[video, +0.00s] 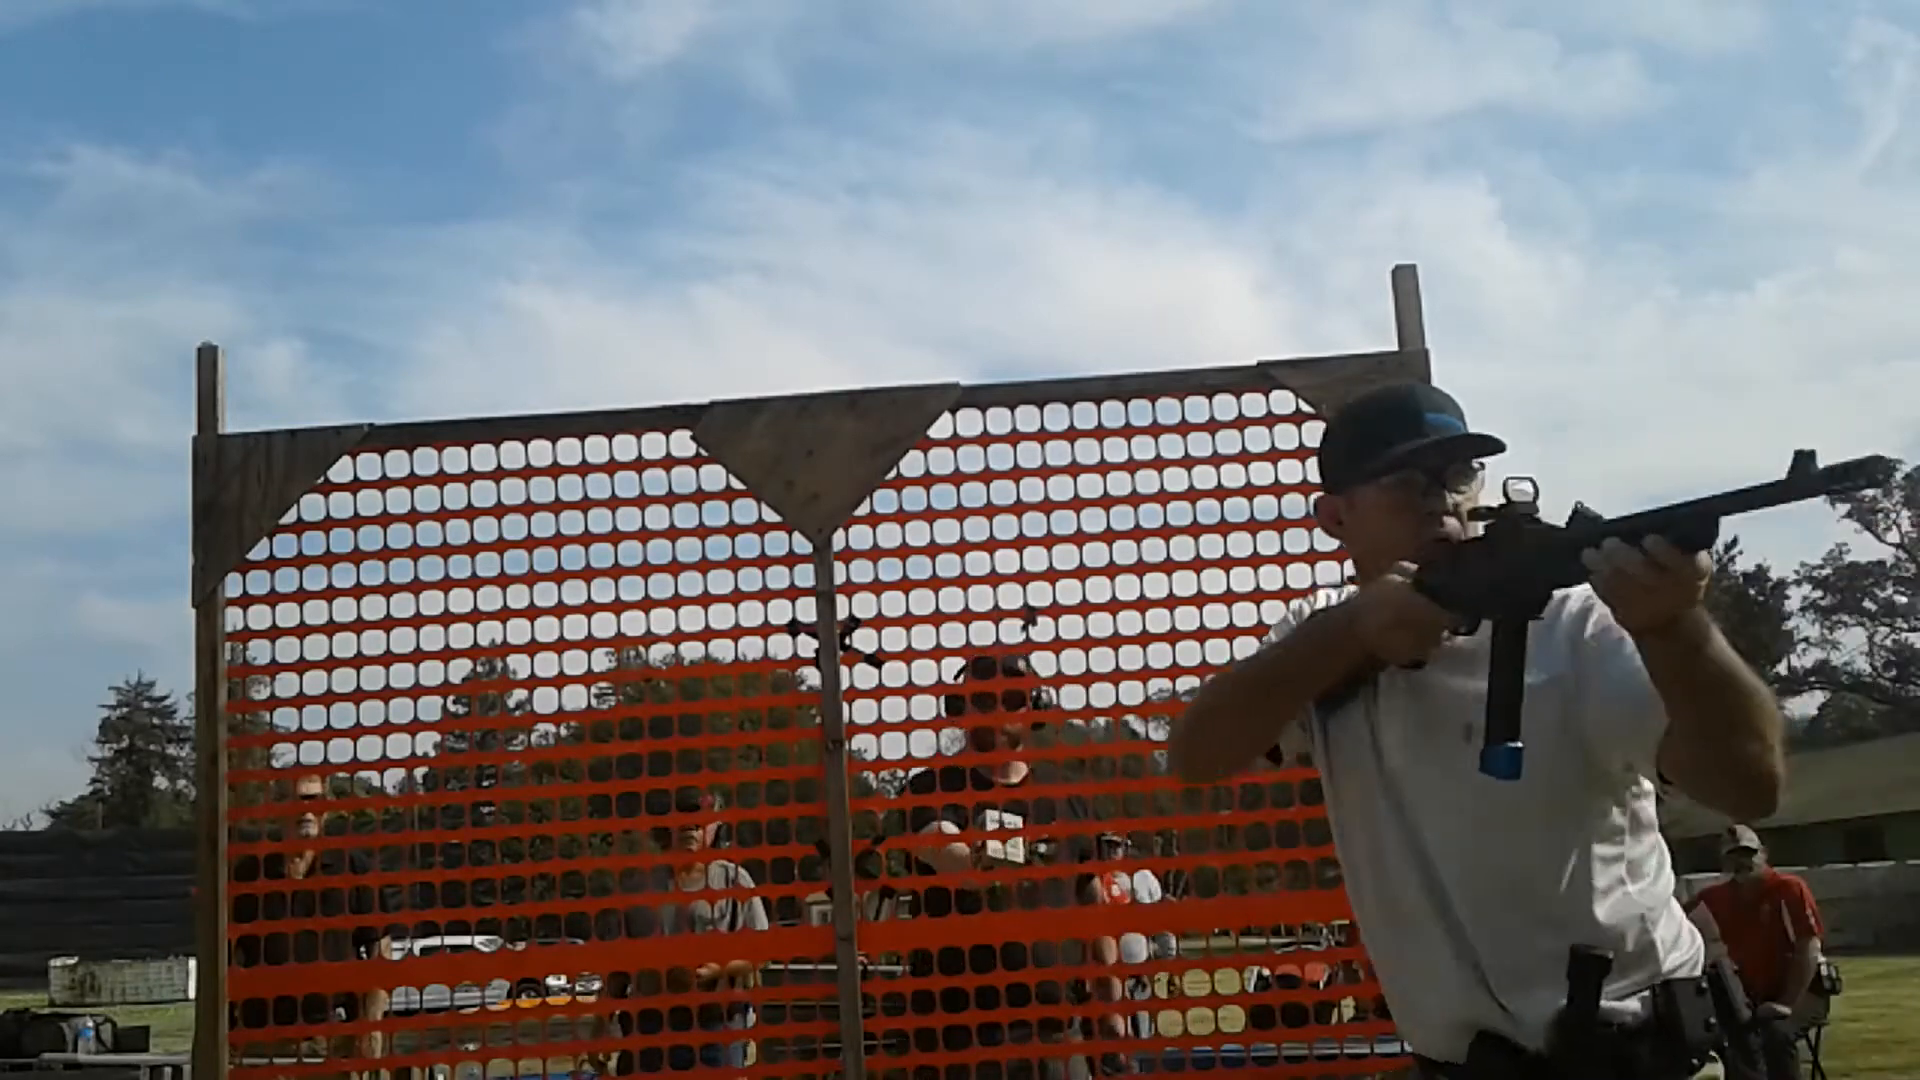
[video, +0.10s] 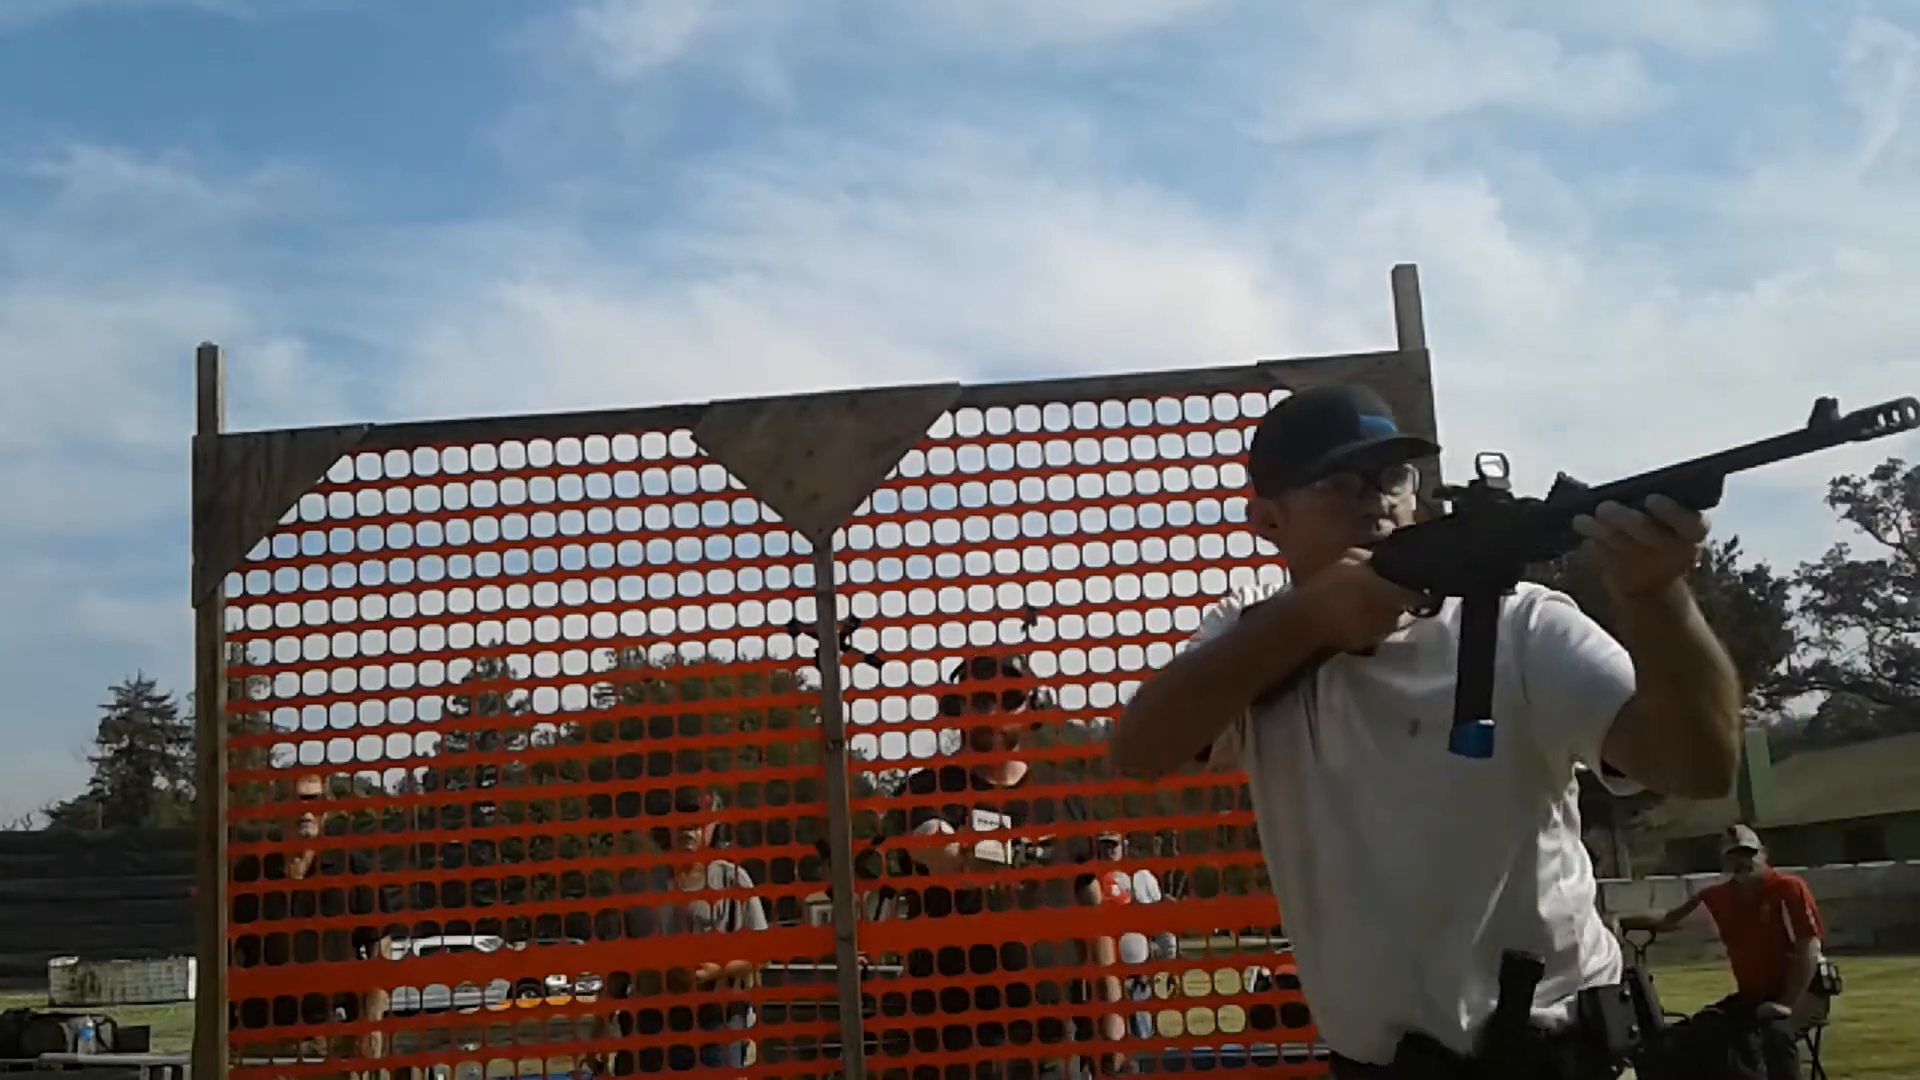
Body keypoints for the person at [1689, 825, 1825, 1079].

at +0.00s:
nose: (1742, 861)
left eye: (1748, 853)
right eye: (1733, 855)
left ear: (1762, 855)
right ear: (1724, 862)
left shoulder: (1789, 889)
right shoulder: (1711, 899)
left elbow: (1810, 948)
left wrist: (1786, 1003)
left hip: (1794, 997)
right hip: (1740, 1000)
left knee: (1776, 1032)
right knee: (1735, 1037)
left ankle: (1784, 1075)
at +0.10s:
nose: (1742, 862)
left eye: (1748, 855)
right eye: (1734, 857)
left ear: (1762, 856)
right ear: (1724, 862)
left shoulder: (1789, 889)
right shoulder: (1714, 896)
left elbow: (1809, 948)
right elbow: (1668, 922)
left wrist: (1787, 1003)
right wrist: (1619, 922)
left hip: (1801, 999)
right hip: (1751, 998)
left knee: (1774, 1033)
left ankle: (1785, 1075)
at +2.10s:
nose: (1743, 859)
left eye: (1750, 852)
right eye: (1735, 854)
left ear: (1763, 855)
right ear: (1725, 862)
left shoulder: (1789, 888)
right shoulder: (1715, 896)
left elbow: (1809, 950)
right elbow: (1668, 921)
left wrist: (1788, 1004)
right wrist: (1621, 923)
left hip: (1802, 998)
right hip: (1752, 998)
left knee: (1776, 1035)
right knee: (1691, 1033)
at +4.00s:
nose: (1744, 860)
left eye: (1750, 853)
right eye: (1735, 855)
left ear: (1764, 856)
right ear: (1726, 862)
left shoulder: (1790, 888)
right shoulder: (1715, 896)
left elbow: (1810, 949)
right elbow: (1669, 921)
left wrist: (1788, 1005)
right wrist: (1621, 922)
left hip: (1802, 998)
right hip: (1751, 999)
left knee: (1775, 1034)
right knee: (1692, 1034)